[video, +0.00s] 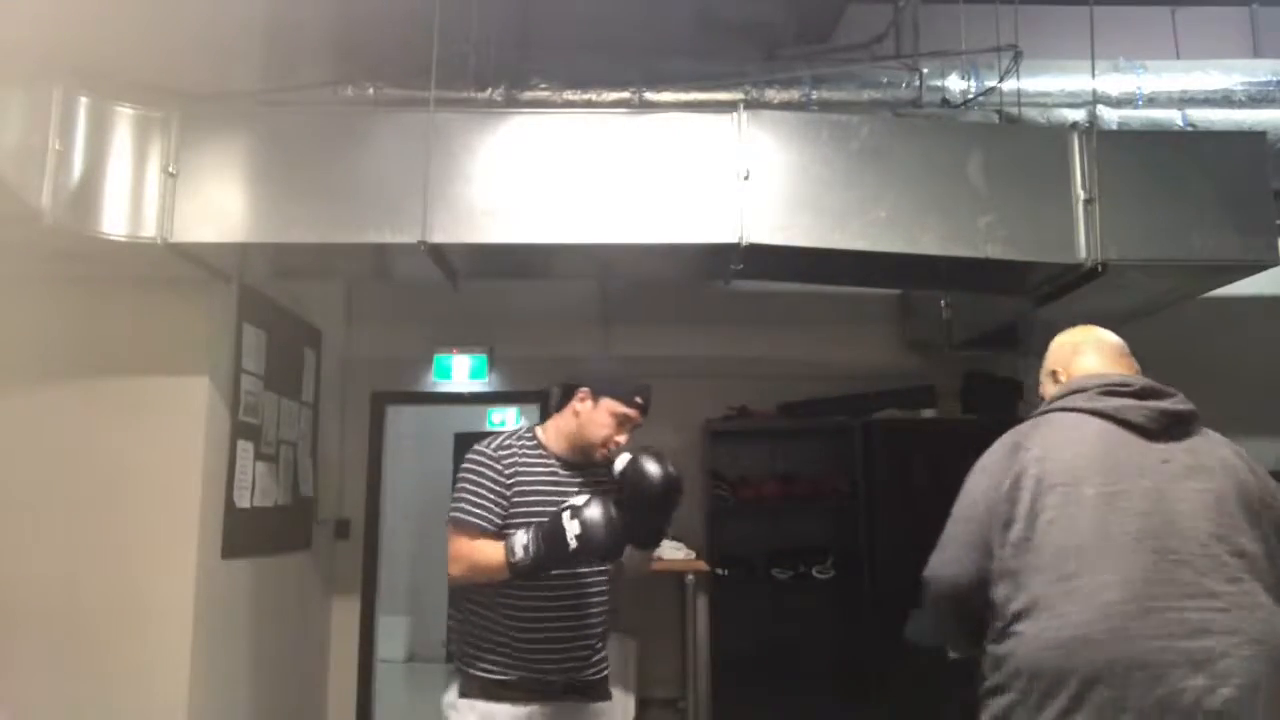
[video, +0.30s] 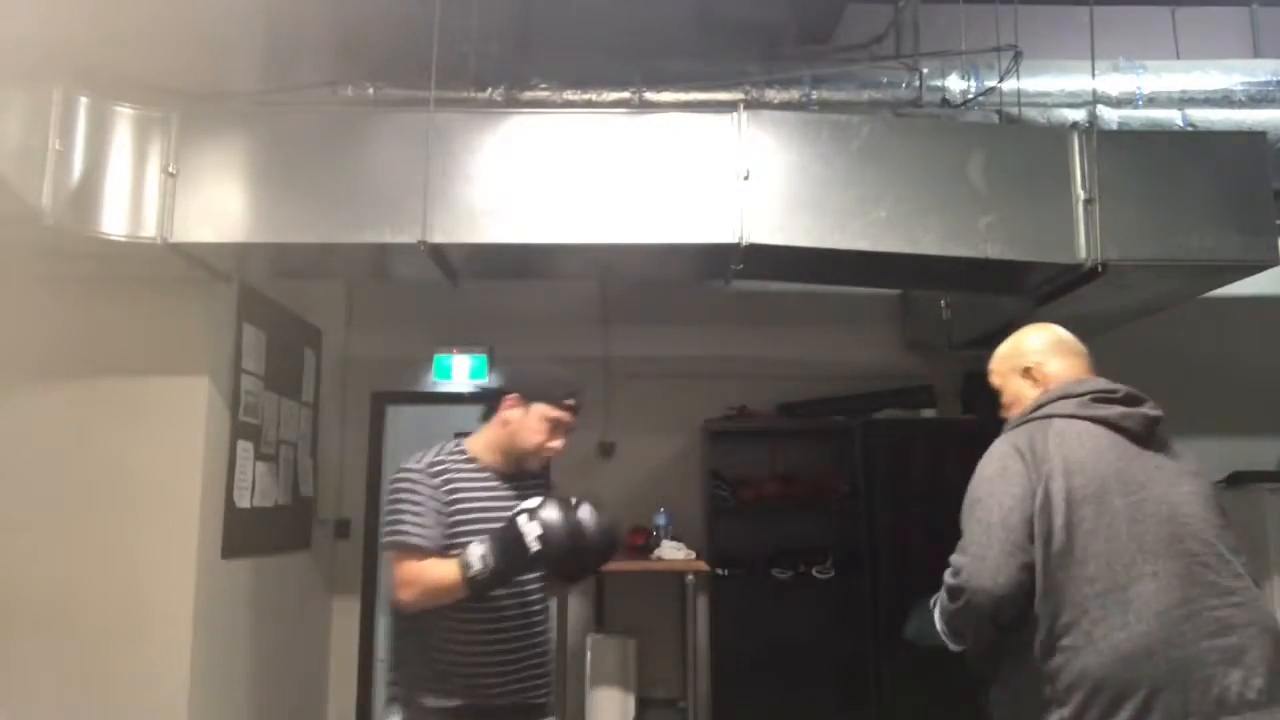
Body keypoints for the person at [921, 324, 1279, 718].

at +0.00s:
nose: (1040, 395)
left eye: (1042, 385)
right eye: (1041, 385)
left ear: (1054, 380)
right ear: (1137, 374)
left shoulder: (1017, 450)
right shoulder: (1232, 457)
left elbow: (950, 579)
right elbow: (1273, 565)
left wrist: (969, 648)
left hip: (1055, 690)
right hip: (1237, 688)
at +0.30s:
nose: (1002, 412)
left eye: (1002, 396)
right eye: (999, 398)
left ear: (1036, 378)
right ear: (1085, 376)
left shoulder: (1020, 448)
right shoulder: (1172, 454)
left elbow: (987, 582)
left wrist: (950, 624)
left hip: (1112, 697)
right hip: (1246, 687)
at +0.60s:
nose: (946, 422)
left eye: (949, 405)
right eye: (942, 408)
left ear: (991, 394)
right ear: (994, 390)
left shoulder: (989, 472)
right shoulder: (1098, 453)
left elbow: (964, 618)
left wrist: (915, 639)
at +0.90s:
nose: (954, 415)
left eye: (959, 397)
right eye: (952, 401)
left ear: (1008, 391)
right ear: (1010, 390)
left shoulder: (1014, 467)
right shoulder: (1082, 447)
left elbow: (984, 605)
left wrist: (922, 630)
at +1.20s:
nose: (983, 403)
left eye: (992, 385)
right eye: (984, 388)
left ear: (1042, 382)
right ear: (1044, 383)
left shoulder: (1059, 461)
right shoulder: (1107, 444)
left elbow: (1022, 600)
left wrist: (933, 593)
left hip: (1111, 705)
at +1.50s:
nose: (1000, 403)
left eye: (1008, 385)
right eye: (1000, 389)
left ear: (1055, 380)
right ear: (1056, 380)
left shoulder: (1088, 432)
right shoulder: (1106, 429)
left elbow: (984, 475)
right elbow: (1065, 577)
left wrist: (932, 398)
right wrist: (970, 616)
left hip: (1115, 688)